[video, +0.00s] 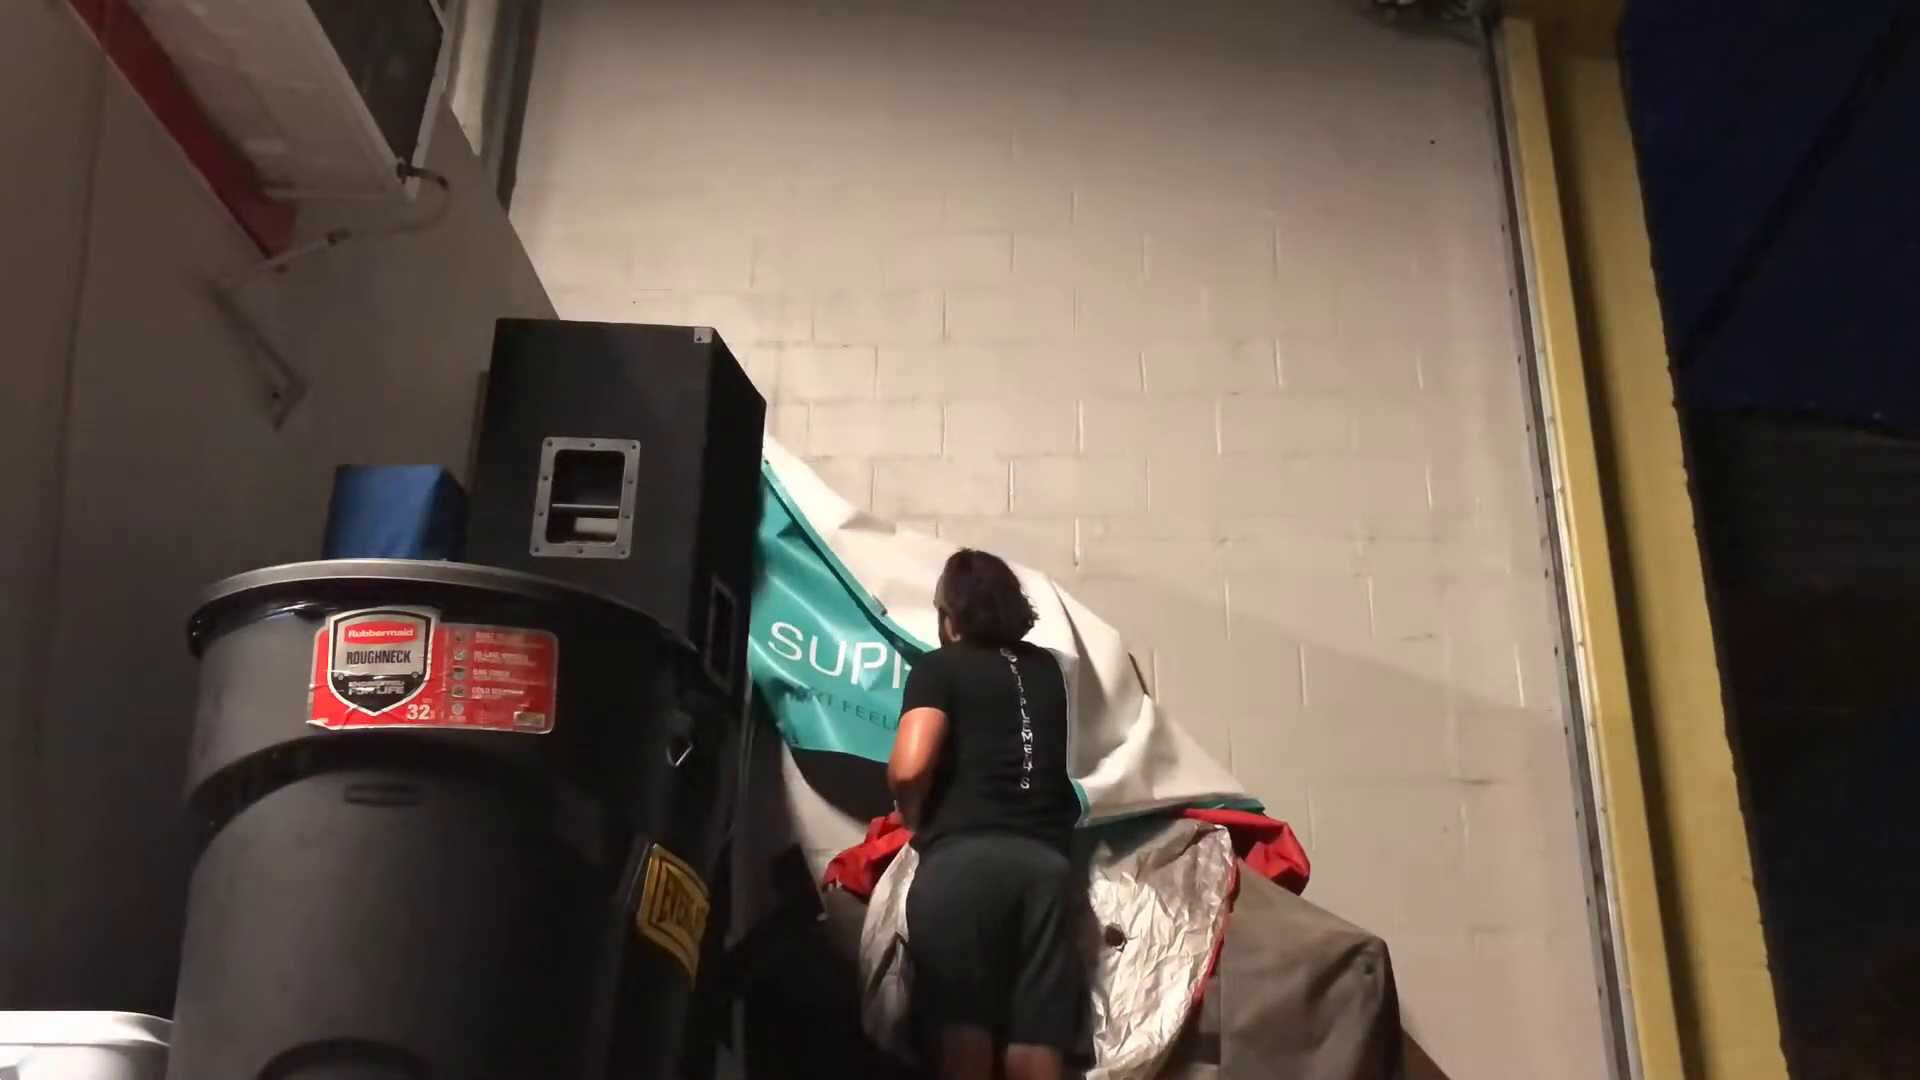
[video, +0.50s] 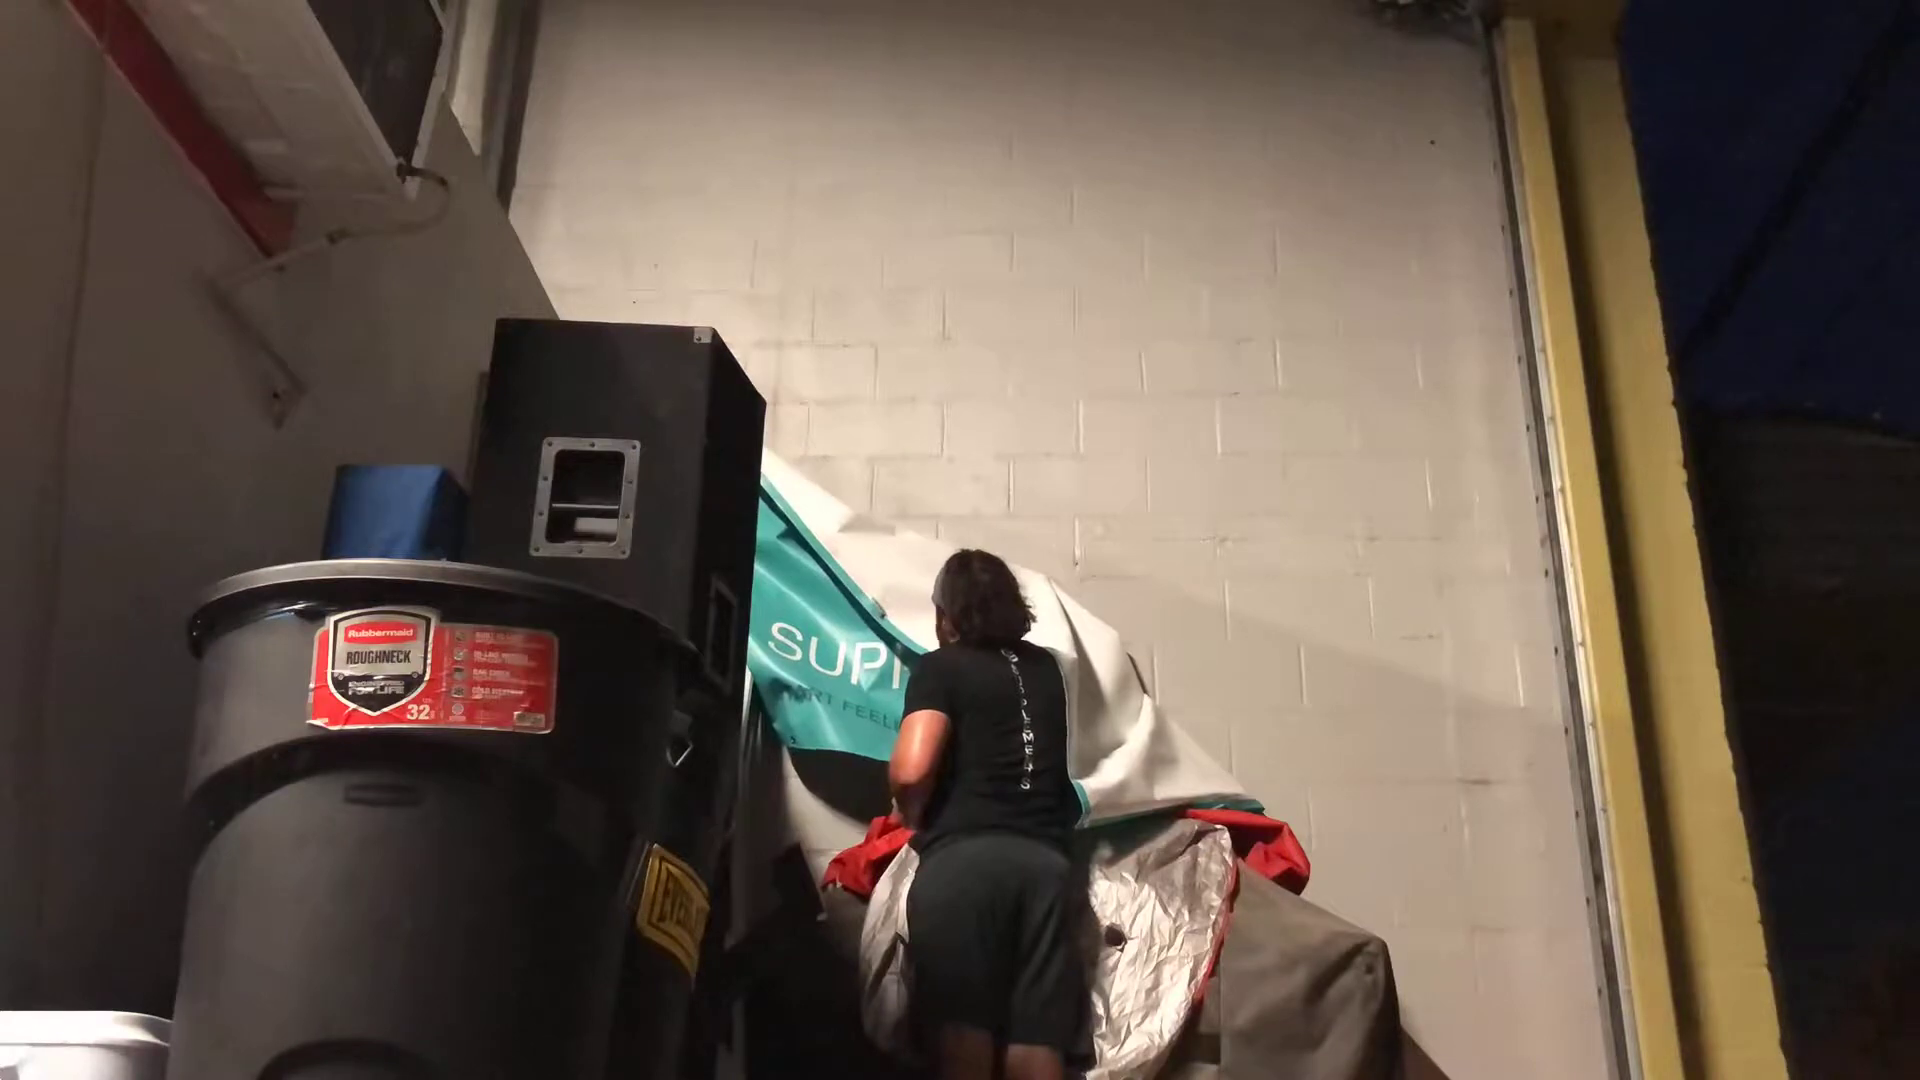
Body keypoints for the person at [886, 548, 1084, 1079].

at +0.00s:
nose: (939, 620)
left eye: (941, 609)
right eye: (941, 609)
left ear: (951, 615)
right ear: (1013, 611)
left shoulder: (939, 667)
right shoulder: (1048, 669)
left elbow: (908, 767)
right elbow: (1047, 762)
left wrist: (912, 820)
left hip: (963, 856)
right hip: (1047, 861)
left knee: (962, 1038)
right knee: (1038, 1043)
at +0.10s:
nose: (941, 618)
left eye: (943, 608)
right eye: (943, 608)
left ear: (952, 614)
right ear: (1015, 611)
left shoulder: (940, 666)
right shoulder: (1049, 669)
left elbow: (910, 767)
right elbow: (1046, 762)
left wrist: (913, 822)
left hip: (963, 855)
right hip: (1047, 861)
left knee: (962, 1037)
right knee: (1039, 1043)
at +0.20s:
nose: (949, 612)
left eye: (951, 603)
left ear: (953, 608)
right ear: (1019, 606)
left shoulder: (939, 665)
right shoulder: (1050, 670)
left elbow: (908, 767)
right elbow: (1050, 762)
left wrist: (914, 820)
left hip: (963, 855)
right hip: (1047, 861)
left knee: (962, 1038)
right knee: (1039, 1043)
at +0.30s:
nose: (933, 626)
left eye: (934, 614)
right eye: (934, 614)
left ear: (949, 619)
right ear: (1011, 613)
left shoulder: (938, 666)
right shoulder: (1046, 667)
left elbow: (910, 770)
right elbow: (1047, 762)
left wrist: (911, 819)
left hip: (965, 855)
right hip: (1048, 861)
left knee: (963, 1038)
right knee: (1039, 1045)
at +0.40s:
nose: (934, 624)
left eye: (936, 612)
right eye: (935, 612)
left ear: (950, 618)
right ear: (1012, 612)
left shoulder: (939, 666)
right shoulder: (1046, 667)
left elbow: (909, 770)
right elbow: (1047, 763)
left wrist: (912, 819)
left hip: (964, 856)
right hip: (1047, 862)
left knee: (963, 1039)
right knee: (1039, 1045)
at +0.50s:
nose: (935, 619)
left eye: (937, 609)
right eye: (937, 608)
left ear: (947, 615)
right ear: (1012, 609)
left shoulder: (940, 666)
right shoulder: (1047, 667)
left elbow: (911, 768)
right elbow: (1048, 762)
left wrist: (911, 819)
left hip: (964, 855)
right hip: (1047, 861)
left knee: (963, 1038)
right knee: (1038, 1044)